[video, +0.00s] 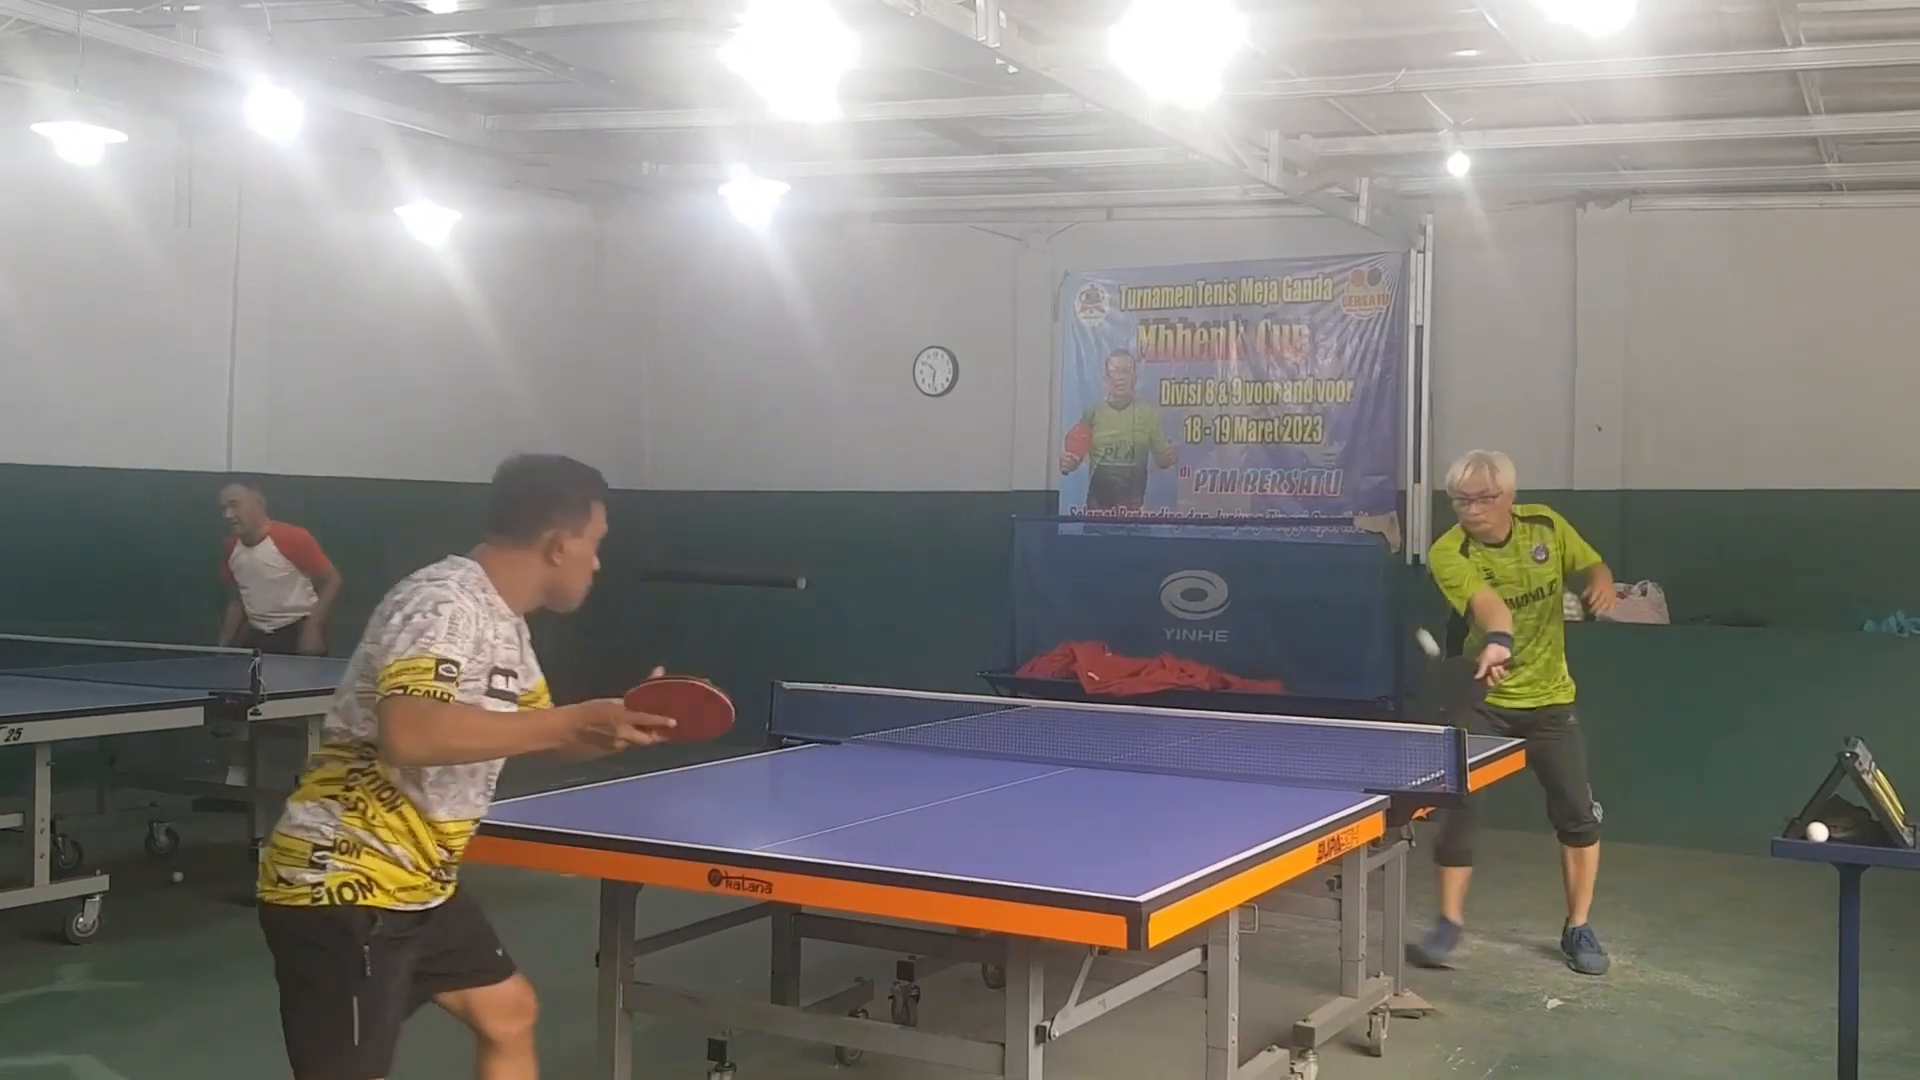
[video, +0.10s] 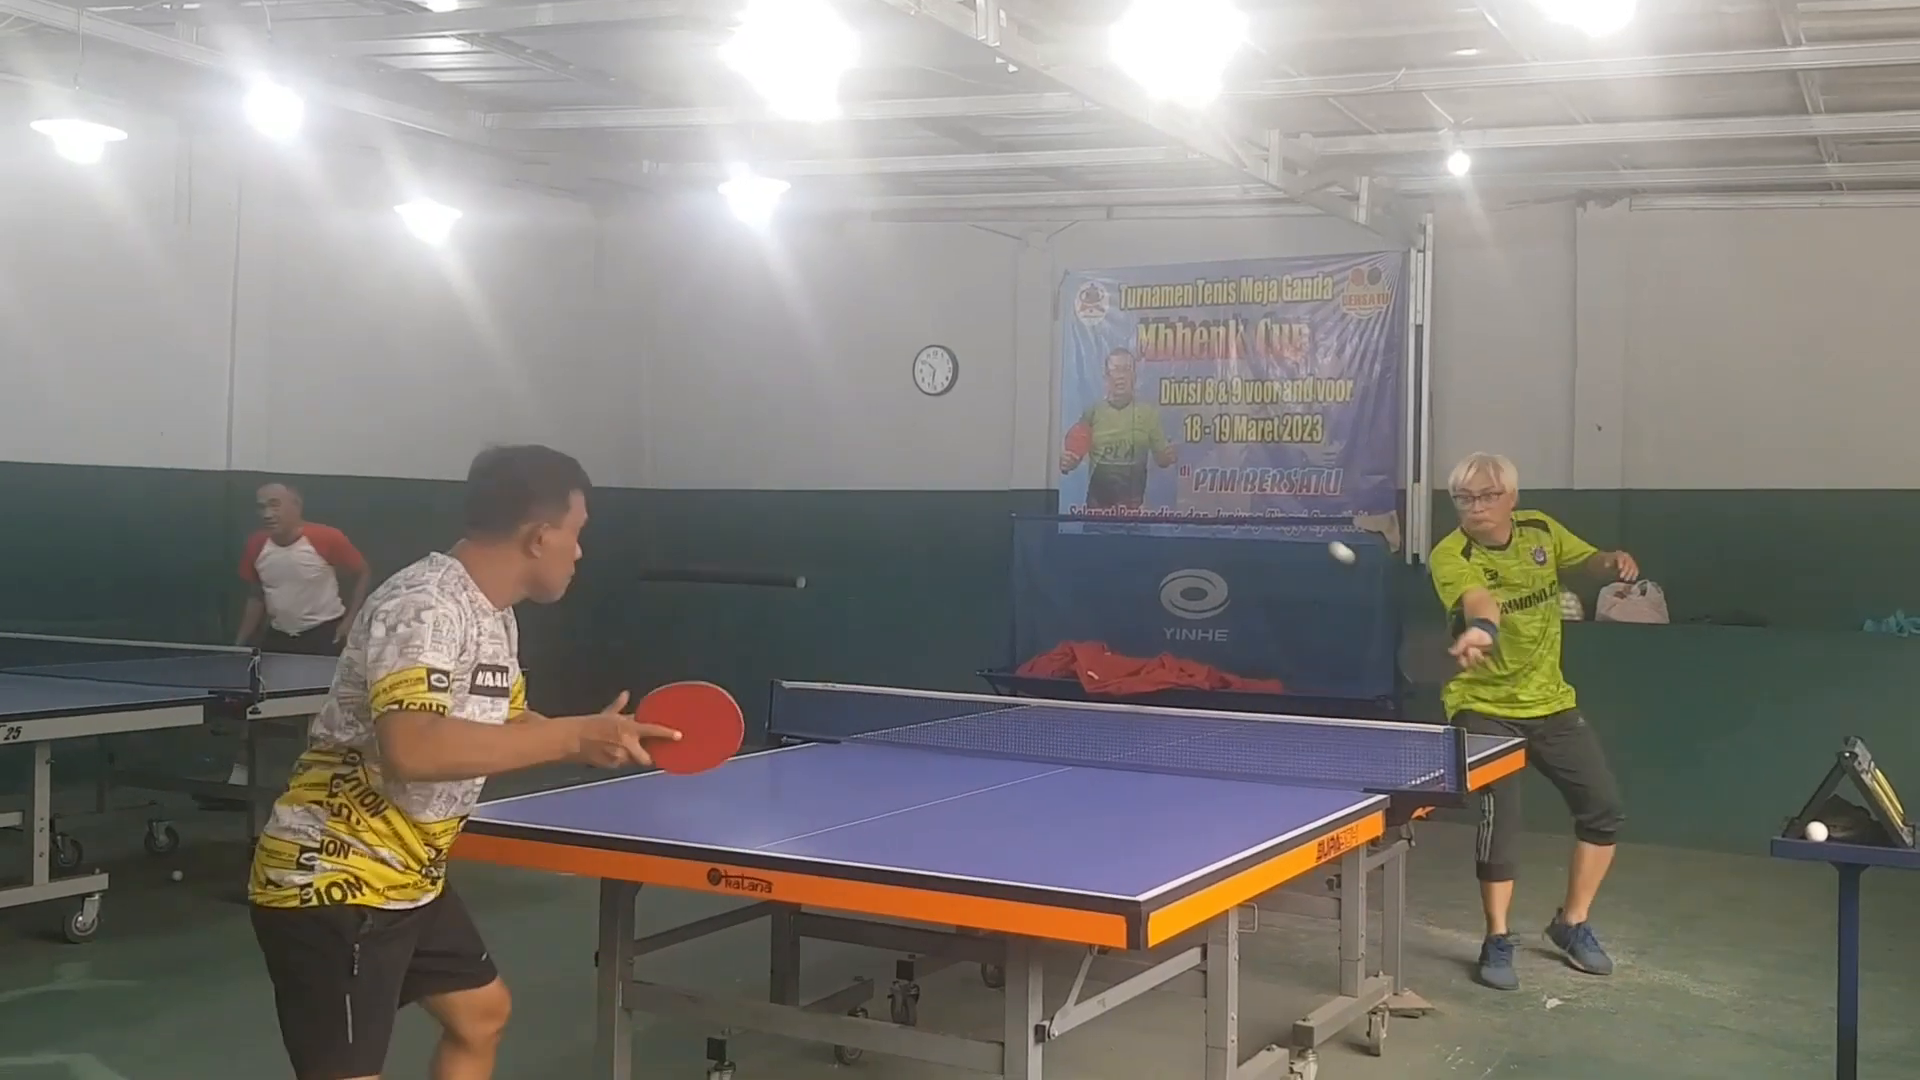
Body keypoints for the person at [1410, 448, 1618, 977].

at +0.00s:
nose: (1471, 510)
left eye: (1483, 499)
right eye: (1461, 500)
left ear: (1510, 497)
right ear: (1453, 501)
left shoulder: (1545, 525)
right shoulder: (1447, 552)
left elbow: (1594, 569)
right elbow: (1483, 600)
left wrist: (1601, 588)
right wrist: (1499, 637)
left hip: (1549, 699)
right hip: (1481, 701)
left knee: (1577, 810)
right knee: (1456, 795)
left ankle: (1579, 927)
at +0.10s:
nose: (1473, 507)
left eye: (1485, 497)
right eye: (1464, 499)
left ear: (1510, 498)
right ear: (1454, 503)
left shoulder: (1541, 530)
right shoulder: (1450, 554)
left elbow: (1585, 564)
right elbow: (1477, 595)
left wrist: (1613, 562)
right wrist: (1480, 625)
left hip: (1549, 700)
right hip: (1484, 706)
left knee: (1603, 808)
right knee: (1499, 816)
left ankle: (1572, 921)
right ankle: (1498, 939)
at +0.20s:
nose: (1477, 500)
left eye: (1489, 489)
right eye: (1468, 490)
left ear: (1515, 493)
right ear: (1460, 495)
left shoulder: (1549, 531)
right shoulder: (1446, 558)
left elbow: (1593, 578)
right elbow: (1461, 630)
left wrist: (1614, 571)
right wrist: (1452, 636)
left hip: (1547, 697)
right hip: (1479, 704)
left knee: (1601, 806)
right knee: (1491, 818)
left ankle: (1580, 918)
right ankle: (1494, 939)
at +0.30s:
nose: (1481, 505)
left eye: (1493, 494)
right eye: (1472, 495)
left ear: (1519, 496)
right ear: (1462, 499)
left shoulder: (1556, 539)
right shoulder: (1444, 557)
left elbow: (1611, 588)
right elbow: (1440, 631)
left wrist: (1617, 621)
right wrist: (1429, 649)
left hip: (1539, 691)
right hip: (1465, 692)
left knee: (1561, 805)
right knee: (1455, 796)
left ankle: (1576, 929)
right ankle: (1454, 921)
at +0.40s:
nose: (1467, 522)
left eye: (1478, 511)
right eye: (1458, 513)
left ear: (1504, 514)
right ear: (1450, 517)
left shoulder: (1544, 559)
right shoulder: (1434, 570)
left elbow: (1596, 617)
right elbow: (1418, 641)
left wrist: (1616, 684)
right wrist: (1397, 659)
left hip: (1529, 700)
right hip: (1454, 700)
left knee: (1556, 806)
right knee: (1395, 788)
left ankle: (1576, 929)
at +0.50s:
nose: (1436, 529)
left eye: (1447, 520)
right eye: (1428, 521)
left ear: (1471, 523)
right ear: (1420, 524)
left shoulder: (1511, 564)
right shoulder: (1403, 578)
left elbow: (1552, 612)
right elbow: (1383, 647)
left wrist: (1578, 669)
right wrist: (1358, 667)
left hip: (1499, 705)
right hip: (1424, 707)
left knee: (1536, 806)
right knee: (1376, 799)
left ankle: (1573, 928)